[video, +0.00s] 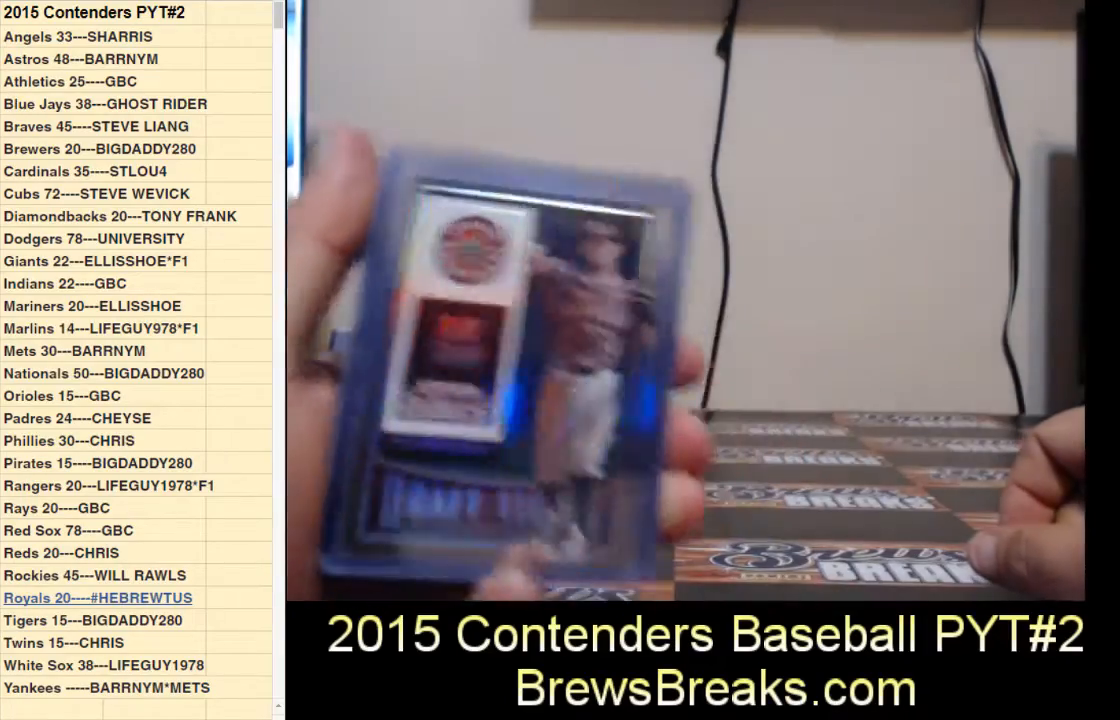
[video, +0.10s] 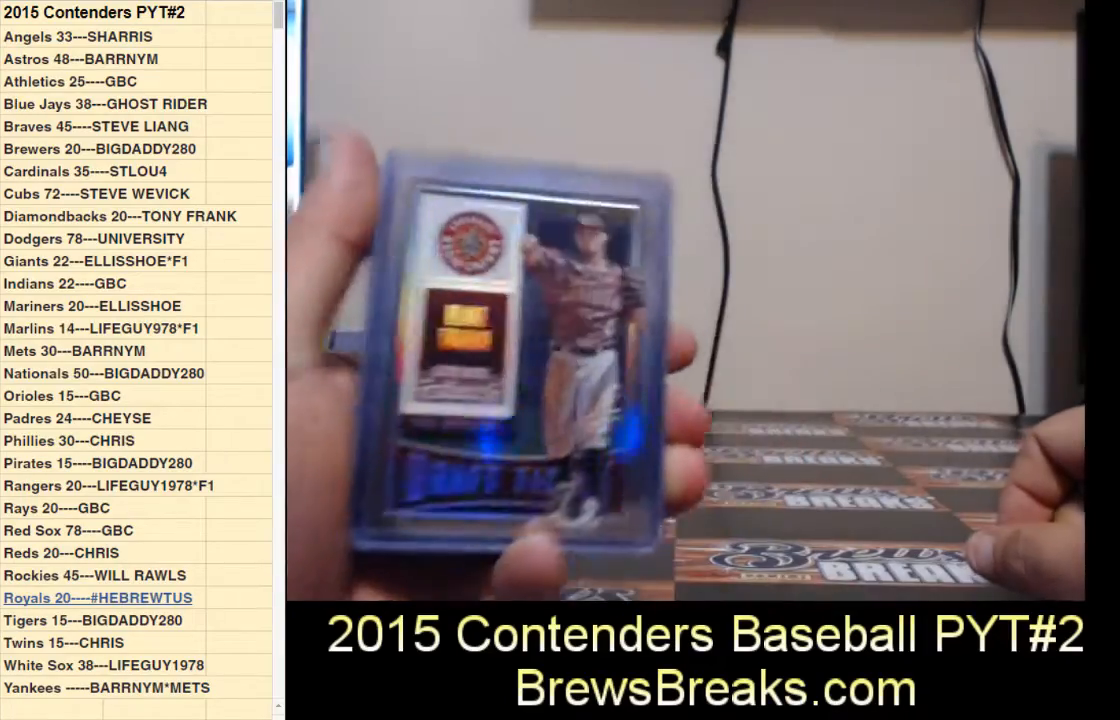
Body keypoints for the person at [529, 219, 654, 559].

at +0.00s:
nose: (599, 249)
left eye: (608, 242)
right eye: (593, 241)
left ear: (621, 249)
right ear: (581, 246)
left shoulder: (626, 292)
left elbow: (646, 335)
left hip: (601, 378)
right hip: (561, 376)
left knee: (586, 459)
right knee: (553, 457)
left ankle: (581, 532)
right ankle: (559, 529)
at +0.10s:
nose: (587, 238)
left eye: (594, 232)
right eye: (583, 232)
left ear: (607, 238)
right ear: (575, 236)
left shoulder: (618, 277)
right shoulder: (561, 266)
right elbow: (534, 254)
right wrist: (527, 246)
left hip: (602, 357)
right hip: (565, 356)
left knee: (593, 429)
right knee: (558, 429)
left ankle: (592, 499)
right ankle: (566, 492)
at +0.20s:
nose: (607, 231)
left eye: (614, 225)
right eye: (602, 225)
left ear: (626, 230)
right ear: (595, 230)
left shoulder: (638, 269)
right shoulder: (581, 259)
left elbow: (658, 311)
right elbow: (560, 251)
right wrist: (552, 242)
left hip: (622, 349)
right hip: (586, 348)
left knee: (615, 422)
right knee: (582, 423)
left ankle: (614, 497)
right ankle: (586, 489)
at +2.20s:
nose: (613, 244)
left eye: (619, 239)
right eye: (610, 238)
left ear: (629, 243)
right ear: (604, 241)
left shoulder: (641, 275)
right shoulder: (591, 266)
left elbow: (680, 297)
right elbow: (564, 255)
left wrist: (668, 295)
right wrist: (567, 255)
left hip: (624, 343)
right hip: (592, 341)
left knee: (618, 407)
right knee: (587, 406)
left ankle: (615, 469)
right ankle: (588, 465)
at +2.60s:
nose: (651, 227)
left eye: (657, 221)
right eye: (647, 221)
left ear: (668, 225)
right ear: (641, 224)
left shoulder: (678, 257)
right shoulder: (629, 252)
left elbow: (697, 286)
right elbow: (603, 238)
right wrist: (610, 238)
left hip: (665, 318)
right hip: (634, 317)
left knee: (660, 382)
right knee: (629, 382)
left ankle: (661, 444)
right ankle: (631, 443)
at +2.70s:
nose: (672, 235)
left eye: (677, 229)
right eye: (667, 228)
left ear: (686, 233)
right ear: (659, 231)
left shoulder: (695, 263)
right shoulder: (648, 257)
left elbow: (711, 296)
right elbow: (622, 246)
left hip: (685, 328)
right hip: (654, 328)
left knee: (680, 393)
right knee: (650, 393)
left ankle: (681, 454)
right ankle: (653, 452)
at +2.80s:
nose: (702, 252)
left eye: (708, 247)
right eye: (698, 245)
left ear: (714, 249)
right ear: (691, 247)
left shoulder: (723, 275)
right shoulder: (675, 267)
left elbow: (735, 307)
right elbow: (645, 257)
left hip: (714, 340)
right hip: (682, 339)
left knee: (709, 403)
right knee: (679, 400)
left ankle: (710, 462)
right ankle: (682, 457)